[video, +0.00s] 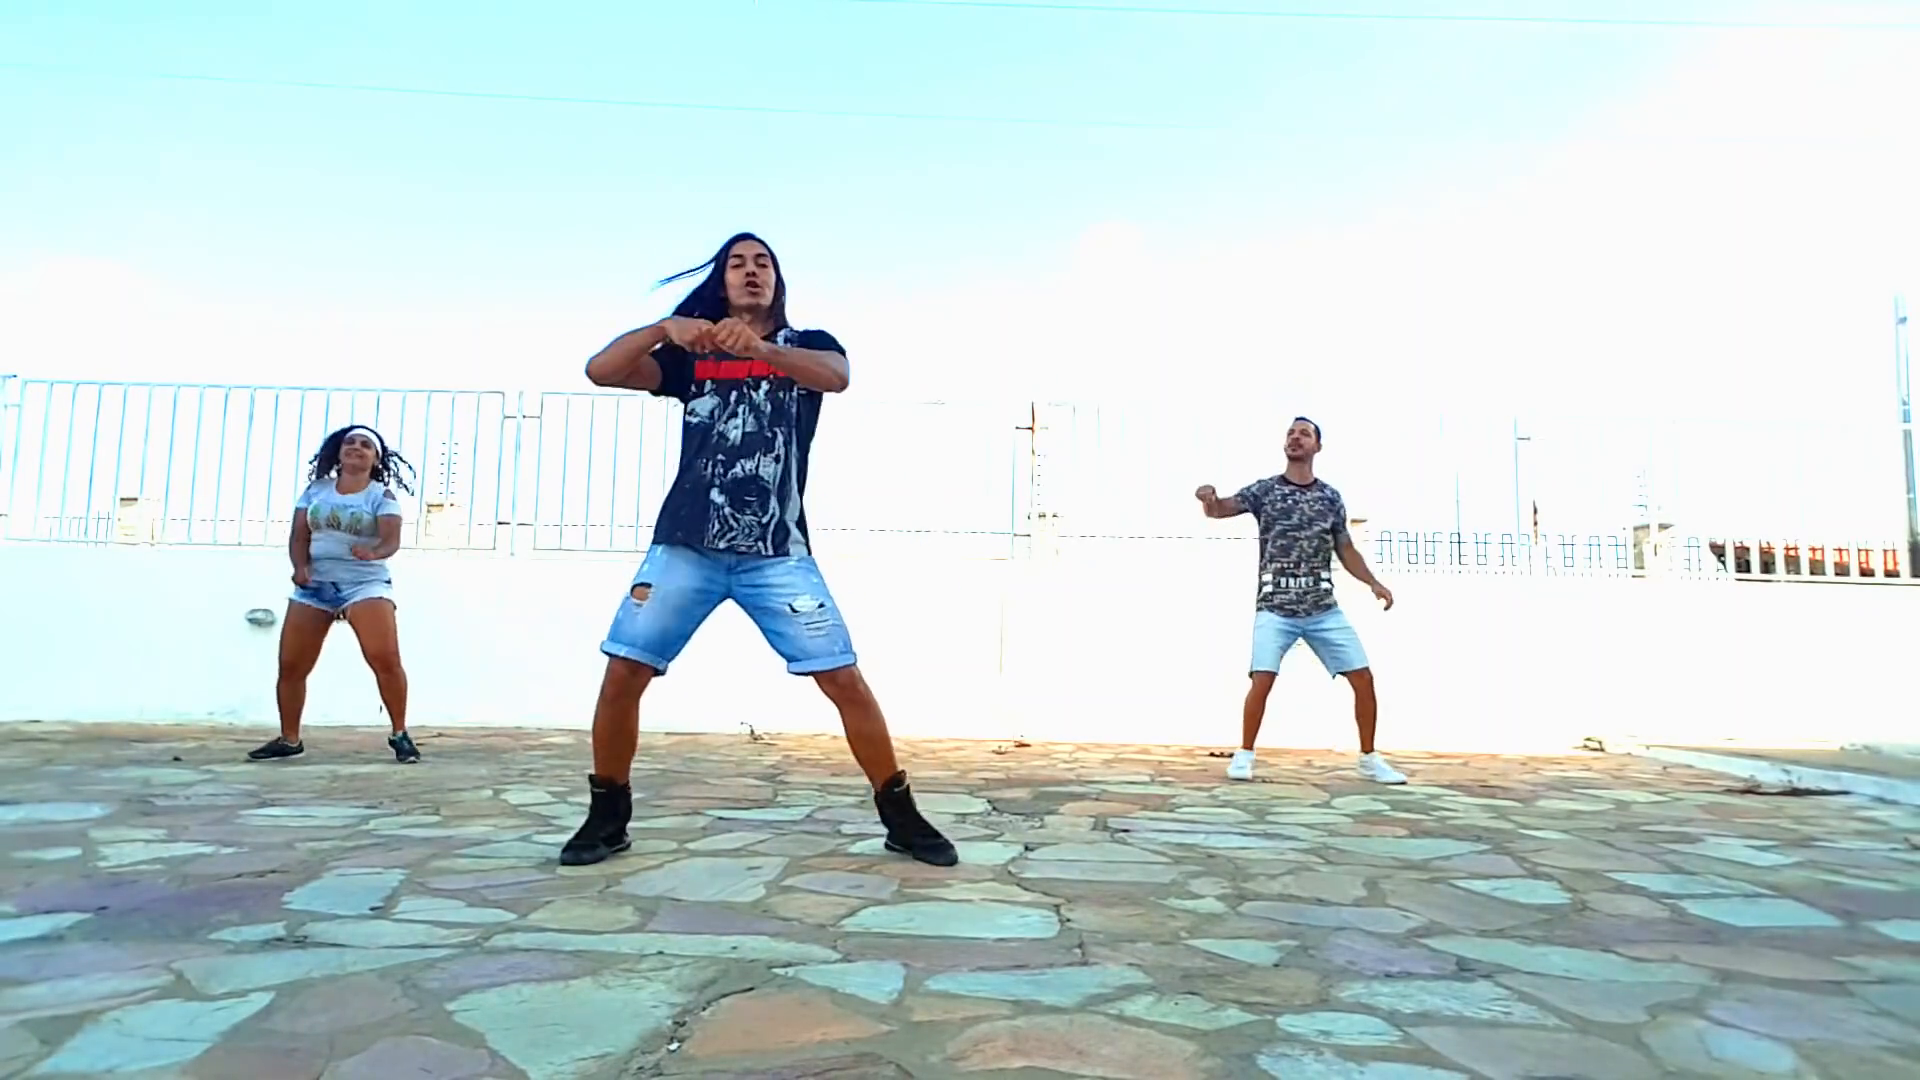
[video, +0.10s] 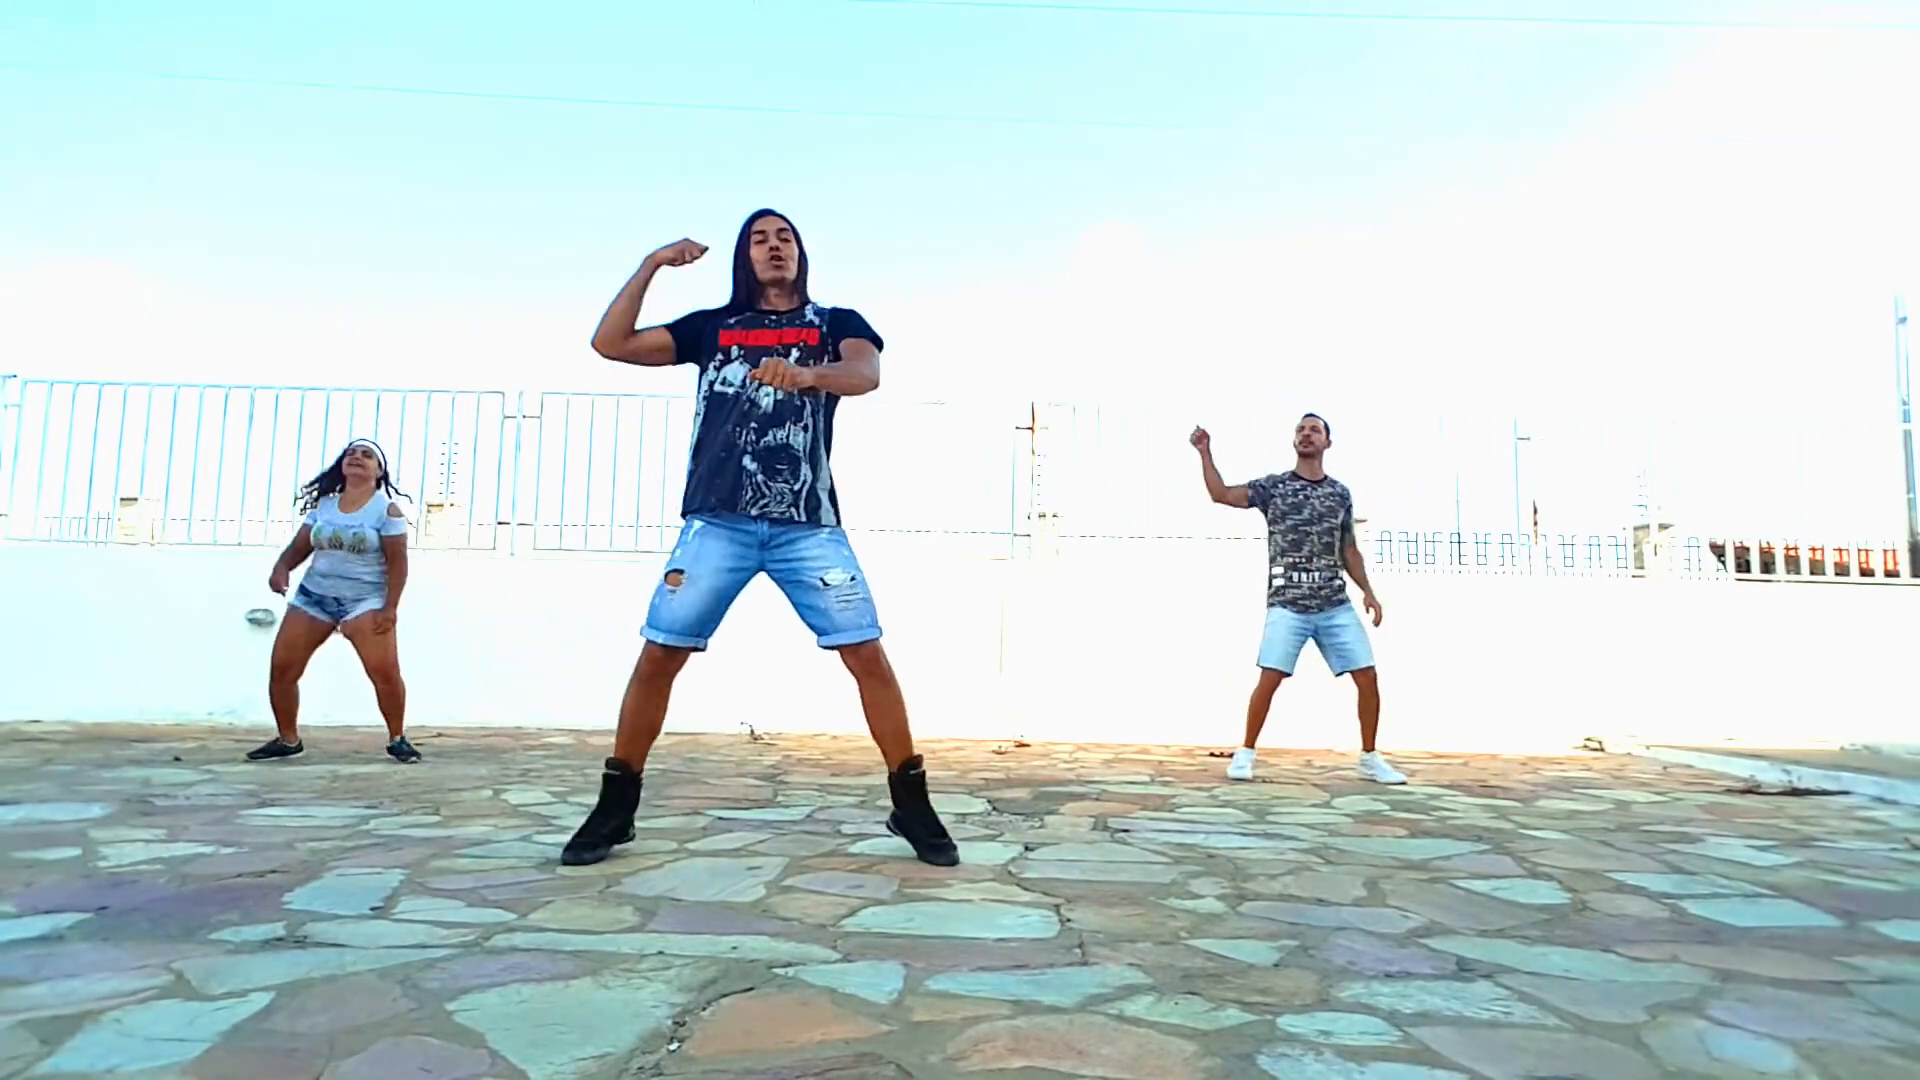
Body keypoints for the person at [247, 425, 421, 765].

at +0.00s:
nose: (356, 447)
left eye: (365, 445)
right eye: (349, 442)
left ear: (376, 460)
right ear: (337, 453)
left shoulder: (382, 496)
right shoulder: (314, 491)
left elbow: (391, 540)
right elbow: (299, 537)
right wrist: (300, 566)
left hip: (365, 584)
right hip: (315, 583)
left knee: (386, 659)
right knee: (290, 666)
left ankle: (400, 734)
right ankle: (290, 739)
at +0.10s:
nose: (356, 457)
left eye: (366, 455)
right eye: (350, 453)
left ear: (378, 471)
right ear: (341, 466)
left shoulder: (387, 511)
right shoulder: (324, 505)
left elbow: (398, 562)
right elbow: (301, 546)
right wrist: (281, 568)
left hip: (365, 600)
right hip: (314, 596)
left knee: (386, 674)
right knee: (282, 669)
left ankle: (397, 738)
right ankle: (288, 739)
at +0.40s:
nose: (387, 429)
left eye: (397, 424)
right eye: (382, 425)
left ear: (414, 436)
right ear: (375, 435)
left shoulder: (426, 478)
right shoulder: (359, 458)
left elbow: (439, 526)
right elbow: (308, 437)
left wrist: (447, 569)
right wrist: (286, 401)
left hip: (400, 567)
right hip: (350, 563)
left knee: (420, 643)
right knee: (326, 642)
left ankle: (442, 717)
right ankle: (315, 719)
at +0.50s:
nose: (397, 452)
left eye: (406, 448)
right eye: (392, 448)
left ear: (423, 461)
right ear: (385, 458)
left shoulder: (432, 501)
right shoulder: (370, 489)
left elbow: (446, 552)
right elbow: (324, 468)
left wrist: (453, 599)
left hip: (409, 590)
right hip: (357, 585)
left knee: (433, 663)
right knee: (333, 666)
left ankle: (454, 737)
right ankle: (325, 739)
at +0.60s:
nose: (421, 460)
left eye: (430, 455)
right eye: (414, 456)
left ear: (445, 467)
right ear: (406, 466)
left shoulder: (457, 508)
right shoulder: (391, 500)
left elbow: (471, 560)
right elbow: (341, 484)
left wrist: (471, 606)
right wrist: (345, 443)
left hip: (434, 597)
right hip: (384, 592)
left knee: (445, 669)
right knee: (347, 666)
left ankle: (452, 742)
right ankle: (326, 735)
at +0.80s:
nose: (467, 434)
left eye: (475, 429)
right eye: (460, 429)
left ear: (488, 440)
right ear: (450, 438)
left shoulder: (501, 478)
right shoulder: (436, 470)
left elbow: (522, 527)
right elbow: (386, 454)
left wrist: (532, 572)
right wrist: (387, 412)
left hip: (489, 569)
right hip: (440, 567)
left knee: (493, 646)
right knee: (416, 643)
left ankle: (499, 726)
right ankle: (420, 724)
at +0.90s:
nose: (491, 444)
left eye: (498, 439)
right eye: (483, 439)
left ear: (510, 451)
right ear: (473, 450)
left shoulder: (524, 490)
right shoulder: (458, 481)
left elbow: (542, 541)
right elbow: (409, 463)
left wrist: (554, 584)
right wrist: (426, 423)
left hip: (510, 580)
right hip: (459, 579)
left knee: (530, 657)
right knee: (445, 661)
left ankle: (552, 733)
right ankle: (449, 741)